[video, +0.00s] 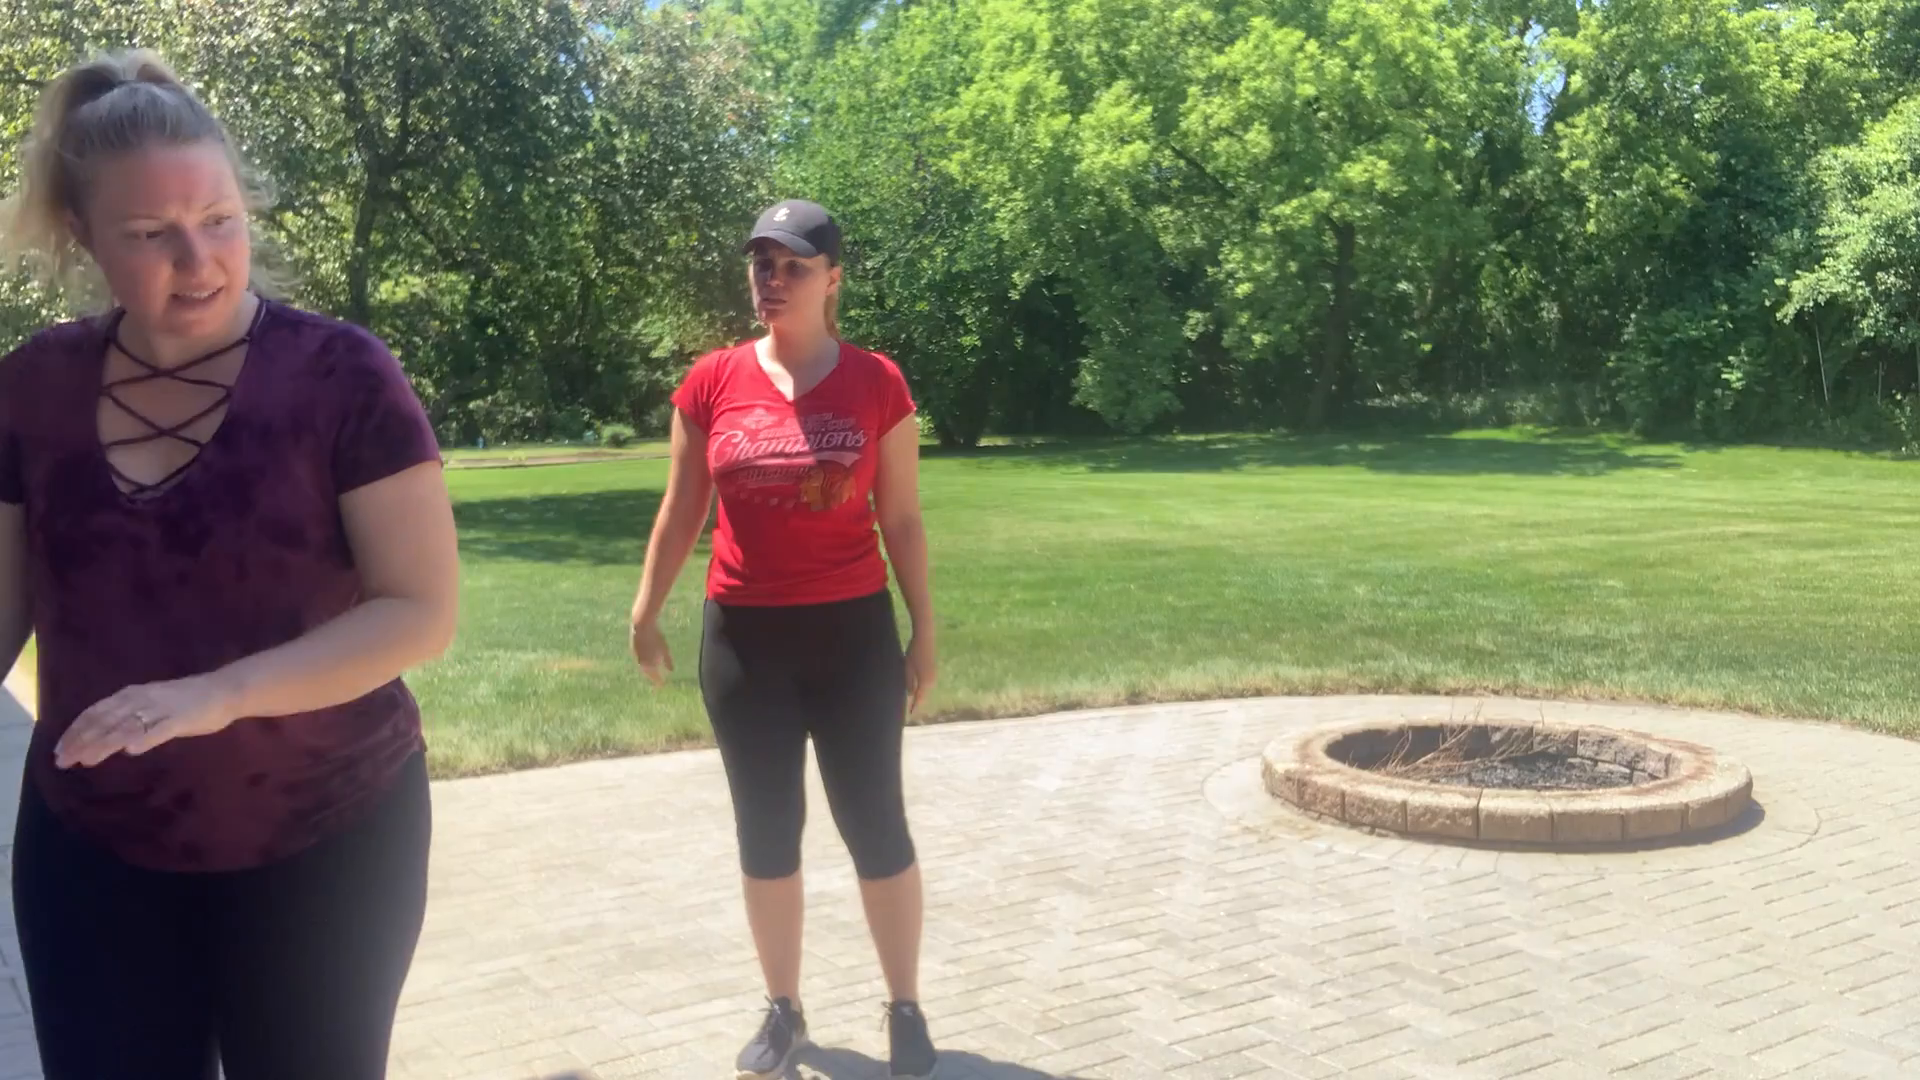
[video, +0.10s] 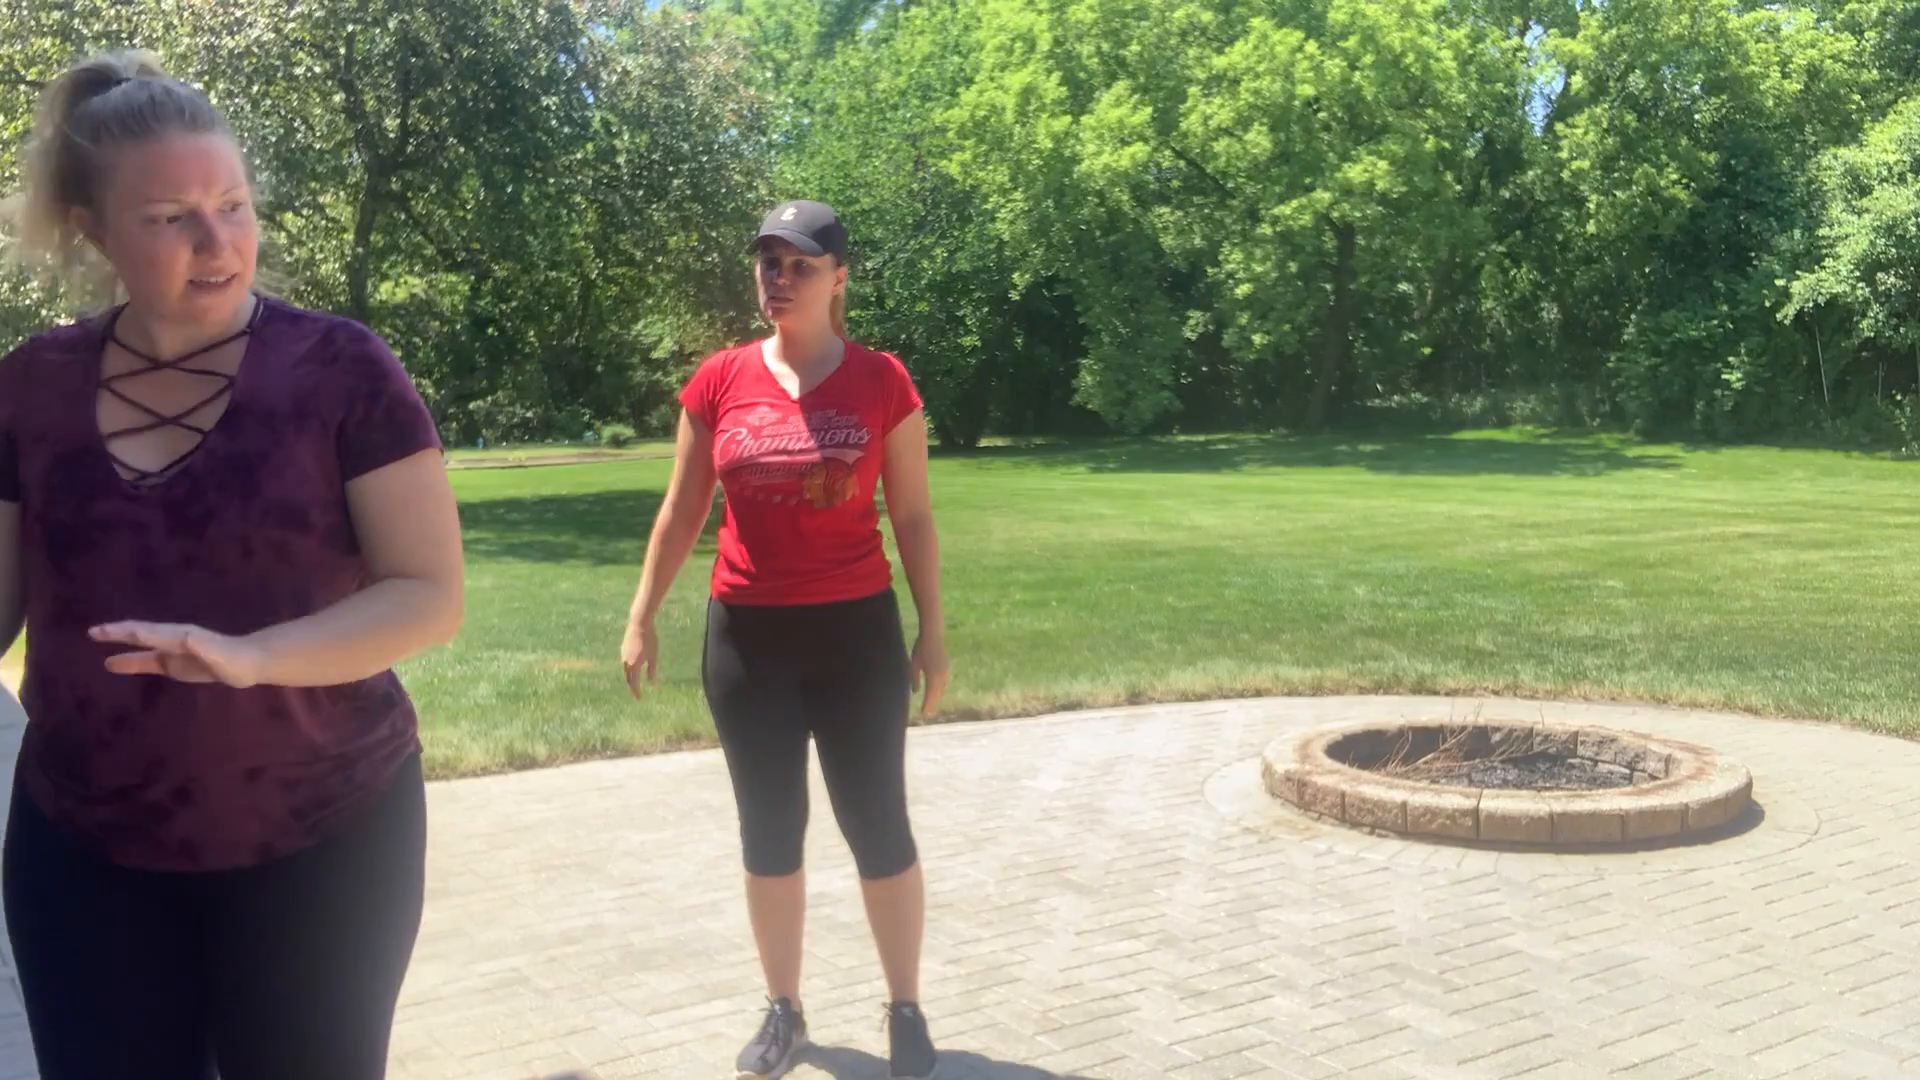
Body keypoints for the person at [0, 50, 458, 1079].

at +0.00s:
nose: (200, 264)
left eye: (220, 221)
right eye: (153, 235)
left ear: (248, 208)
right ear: (84, 241)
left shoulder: (342, 375)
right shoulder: (33, 387)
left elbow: (422, 612)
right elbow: (7, 606)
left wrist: (218, 693)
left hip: (321, 840)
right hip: (96, 843)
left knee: (312, 1066)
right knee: (109, 1065)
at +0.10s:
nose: (219, 244)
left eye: (233, 206)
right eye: (173, 219)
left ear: (253, 201)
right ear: (93, 232)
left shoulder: (342, 369)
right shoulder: (29, 388)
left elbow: (430, 594)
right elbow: (3, 606)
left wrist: (259, 655)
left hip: (320, 841)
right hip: (89, 846)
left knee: (313, 1065)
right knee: (109, 1065)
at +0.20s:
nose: (246, 229)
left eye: (254, 195)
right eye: (201, 204)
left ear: (271, 200)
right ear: (105, 224)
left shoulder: (349, 371)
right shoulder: (32, 386)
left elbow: (444, 587)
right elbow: (4, 602)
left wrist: (306, 617)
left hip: (323, 841)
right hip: (89, 846)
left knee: (318, 1065)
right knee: (113, 1065)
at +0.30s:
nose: (273, 237)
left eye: (276, 204)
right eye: (228, 211)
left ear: (288, 204)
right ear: (127, 223)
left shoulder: (353, 373)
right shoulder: (29, 389)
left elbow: (450, 577)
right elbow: (3, 607)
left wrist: (371, 602)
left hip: (331, 841)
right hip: (93, 849)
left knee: (330, 1065)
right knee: (114, 1065)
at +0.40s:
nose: (284, 244)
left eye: (286, 213)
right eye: (243, 218)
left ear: (296, 209)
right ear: (139, 224)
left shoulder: (347, 377)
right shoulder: (27, 393)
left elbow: (440, 574)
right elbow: (0, 661)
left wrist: (425, 621)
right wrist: (6, 607)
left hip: (335, 836)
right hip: (94, 848)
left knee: (344, 1065)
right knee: (95, 1065)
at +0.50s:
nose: (274, 238)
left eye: (281, 209)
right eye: (235, 205)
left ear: (291, 222)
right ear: (133, 215)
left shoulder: (333, 385)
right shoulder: (25, 394)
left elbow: (420, 577)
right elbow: (4, 666)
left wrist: (448, 614)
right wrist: (23, 627)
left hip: (319, 842)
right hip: (80, 851)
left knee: (330, 1066)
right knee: (96, 1064)